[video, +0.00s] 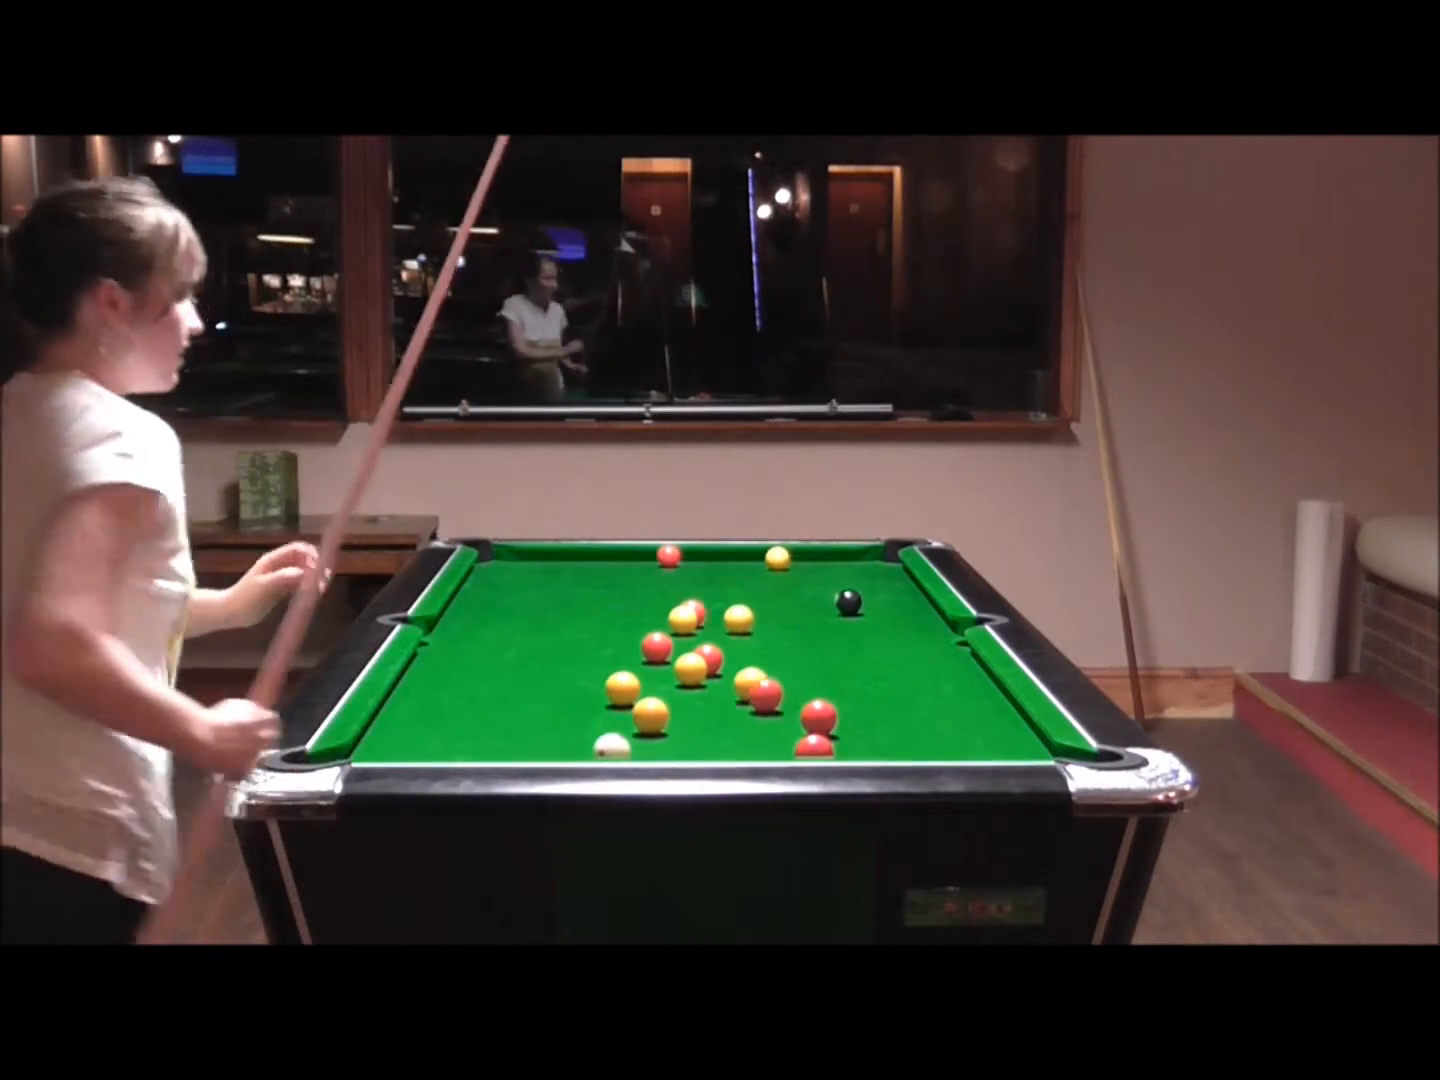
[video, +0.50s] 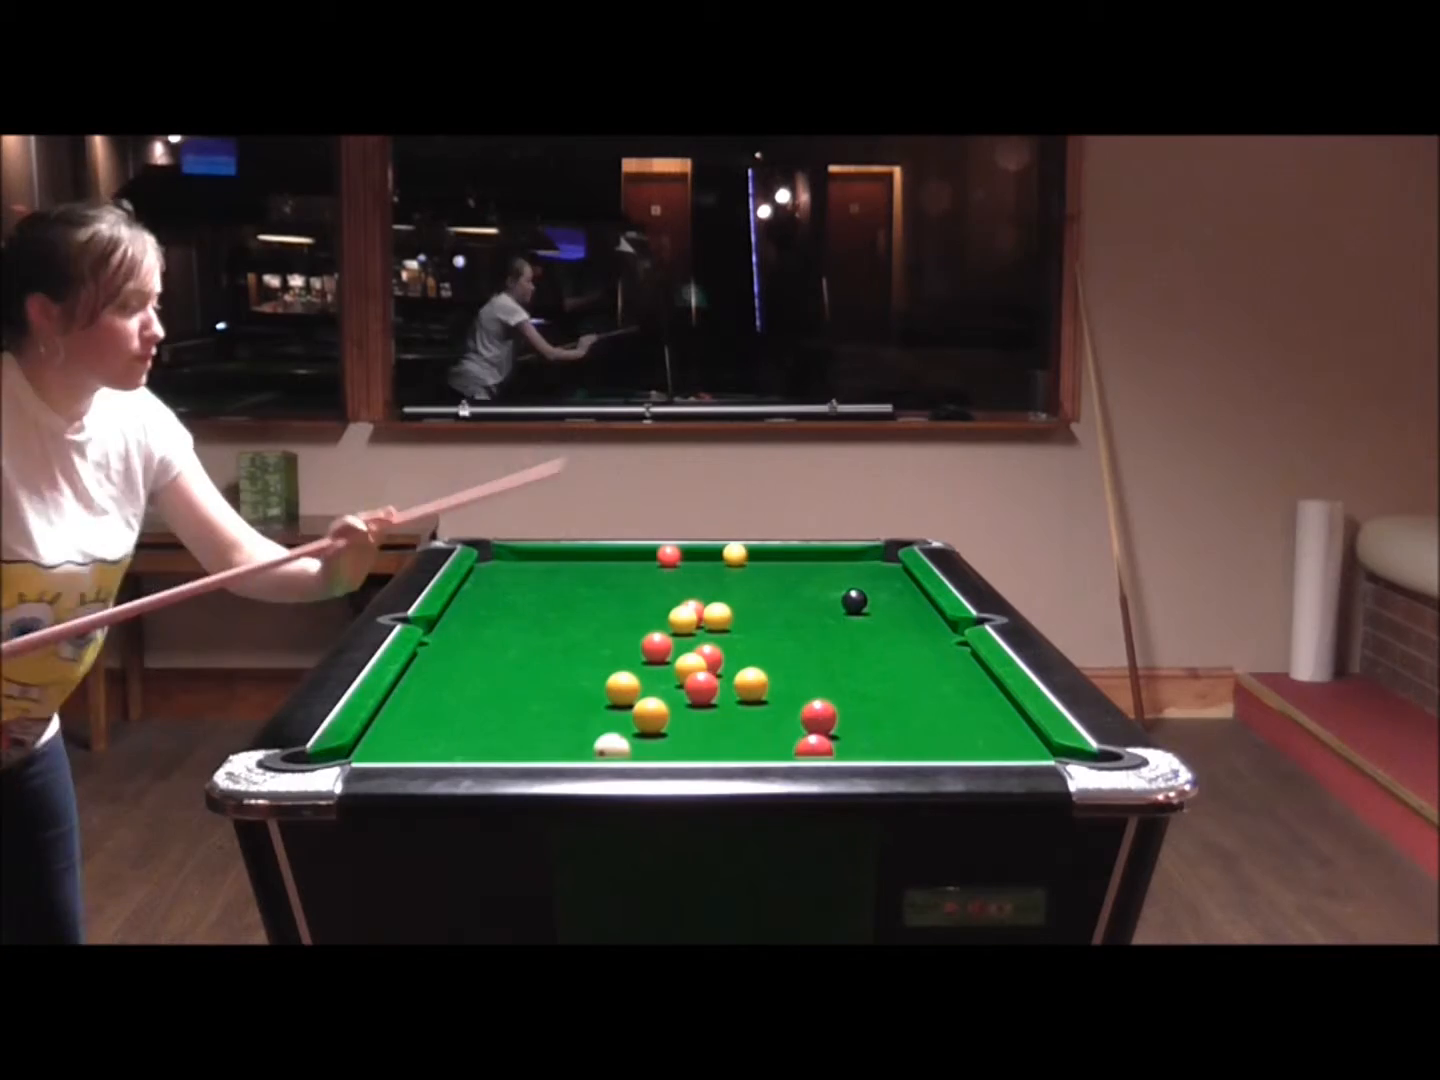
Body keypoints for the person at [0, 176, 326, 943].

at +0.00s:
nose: (195, 322)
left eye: (191, 299)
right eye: (180, 298)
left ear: (104, 307)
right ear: (110, 303)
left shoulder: (21, 408)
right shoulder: (123, 436)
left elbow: (94, 602)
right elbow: (51, 638)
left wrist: (229, 607)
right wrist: (199, 731)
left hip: (13, 831)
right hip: (73, 854)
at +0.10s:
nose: (181, 306)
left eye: (175, 280)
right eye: (161, 281)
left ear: (89, 290)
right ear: (88, 288)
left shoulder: (45, 401)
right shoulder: (65, 422)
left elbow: (107, 589)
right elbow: (9, 630)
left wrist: (260, 578)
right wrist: (129, 717)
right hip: (50, 837)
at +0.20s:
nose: (165, 295)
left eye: (159, 269)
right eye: (143, 270)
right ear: (61, 284)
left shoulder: (87, 404)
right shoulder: (17, 416)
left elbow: (178, 552)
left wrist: (304, 536)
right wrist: (26, 693)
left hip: (52, 809)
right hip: (15, 825)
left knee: (48, 932)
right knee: (41, 934)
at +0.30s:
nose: (154, 306)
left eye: (150, 280)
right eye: (129, 283)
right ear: (47, 295)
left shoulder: (112, 409)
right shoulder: (8, 415)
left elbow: (227, 545)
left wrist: (320, 521)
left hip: (31, 795)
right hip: (1, 799)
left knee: (45, 934)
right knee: (44, 932)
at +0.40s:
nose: (155, 317)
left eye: (152, 291)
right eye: (130, 295)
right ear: (46, 306)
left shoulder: (124, 413)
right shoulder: (8, 423)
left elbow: (236, 549)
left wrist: (325, 540)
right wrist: (27, 658)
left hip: (40, 770)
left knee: (58, 935)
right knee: (24, 935)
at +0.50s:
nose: (156, 330)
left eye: (155, 305)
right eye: (131, 308)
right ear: (45, 318)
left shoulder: (140, 424)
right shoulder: (4, 412)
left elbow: (242, 558)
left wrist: (332, 569)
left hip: (30, 746)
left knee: (54, 934)